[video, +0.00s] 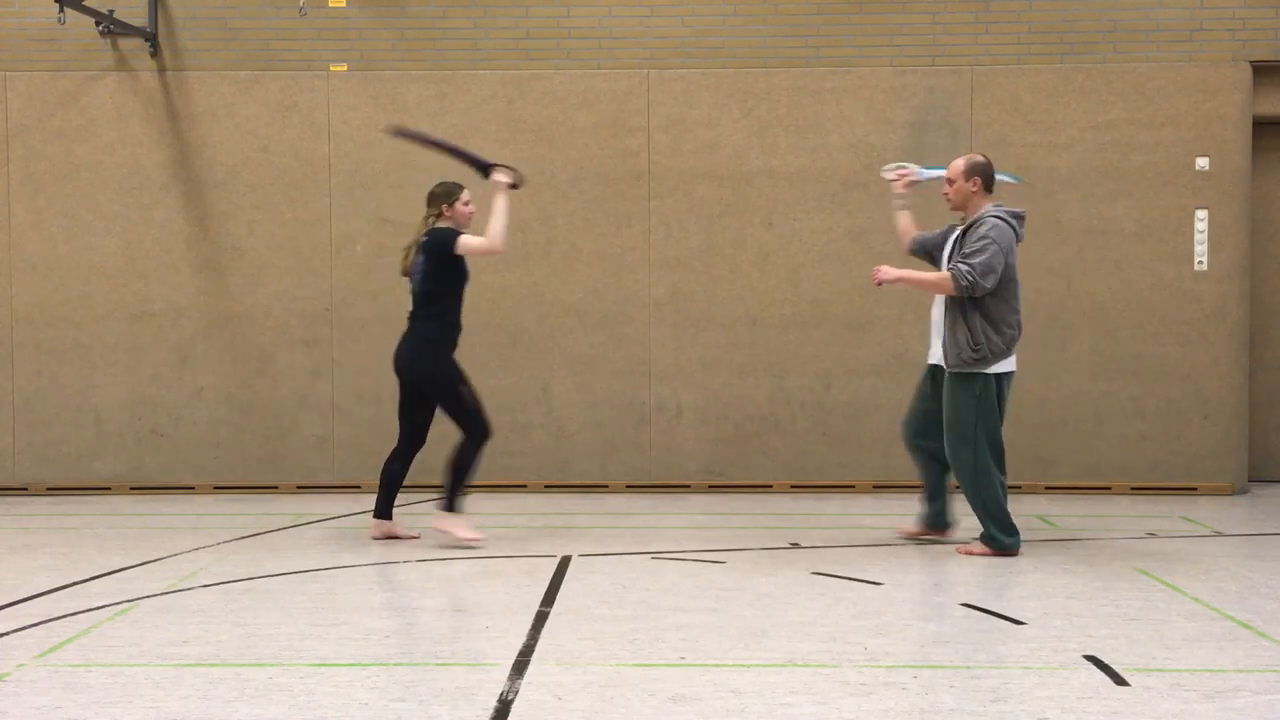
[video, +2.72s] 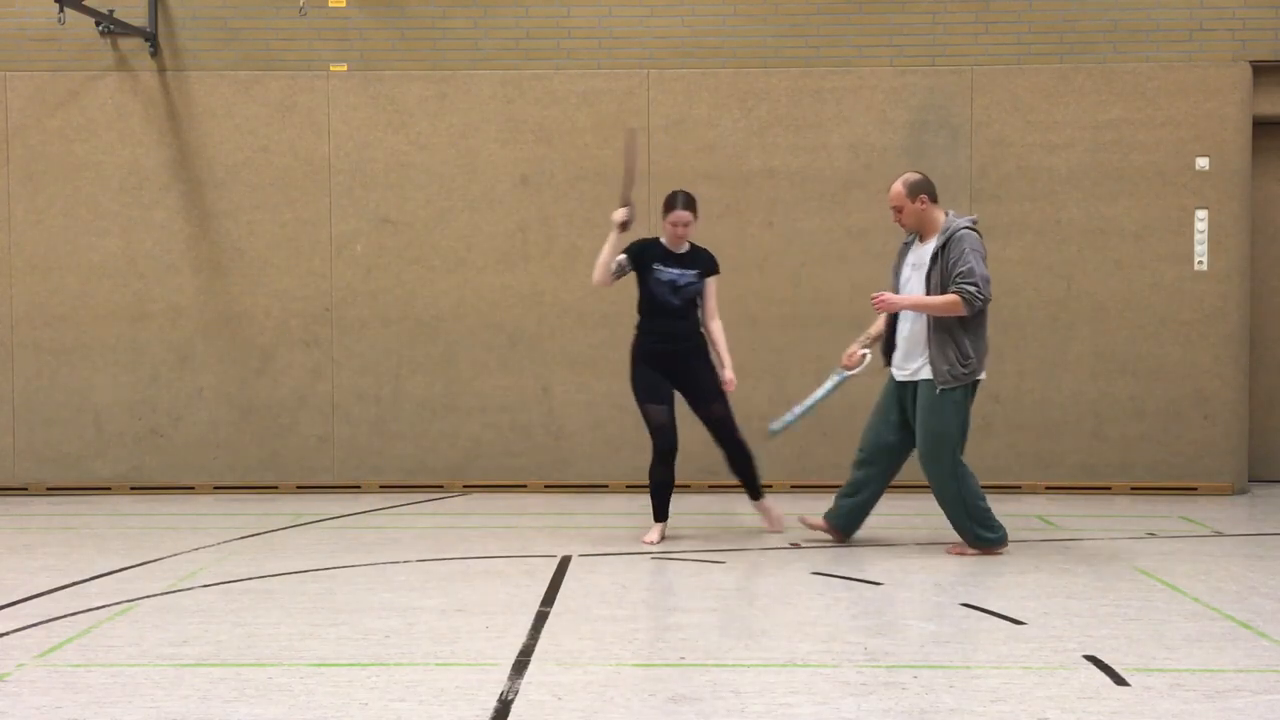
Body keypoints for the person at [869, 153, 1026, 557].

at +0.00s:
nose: (945, 189)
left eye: (950, 182)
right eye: (945, 182)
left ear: (975, 185)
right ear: (972, 186)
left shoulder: (992, 231)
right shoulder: (960, 233)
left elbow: (965, 280)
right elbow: (913, 243)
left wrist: (901, 275)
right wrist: (901, 195)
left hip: (978, 366)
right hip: (946, 362)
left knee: (972, 451)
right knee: (921, 433)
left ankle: (1001, 538)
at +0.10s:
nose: (922, 193)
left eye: (928, 186)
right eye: (922, 185)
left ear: (953, 189)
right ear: (947, 188)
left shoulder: (979, 235)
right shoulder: (922, 235)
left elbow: (959, 286)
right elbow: (868, 240)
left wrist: (897, 275)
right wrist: (836, 201)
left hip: (957, 368)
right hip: (916, 363)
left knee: (964, 455)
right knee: (889, 442)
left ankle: (1000, 537)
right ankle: (851, 518)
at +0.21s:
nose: (902, 198)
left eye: (909, 191)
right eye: (902, 191)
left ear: (933, 194)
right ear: (924, 194)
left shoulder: (961, 237)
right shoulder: (896, 238)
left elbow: (955, 292)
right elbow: (841, 244)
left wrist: (890, 279)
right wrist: (795, 215)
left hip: (938, 370)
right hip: (889, 367)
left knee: (949, 457)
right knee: (859, 447)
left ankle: (996, 533)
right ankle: (829, 527)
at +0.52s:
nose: (847, 199)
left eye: (853, 191)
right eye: (847, 192)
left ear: (879, 193)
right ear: (872, 195)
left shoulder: (914, 234)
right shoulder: (845, 240)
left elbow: (927, 290)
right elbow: (795, 251)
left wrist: (866, 290)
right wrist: (737, 241)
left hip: (902, 371)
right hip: (849, 370)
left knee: (925, 454)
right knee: (823, 448)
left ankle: (971, 531)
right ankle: (825, 530)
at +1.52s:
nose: (853, 203)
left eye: (859, 196)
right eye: (853, 196)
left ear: (884, 196)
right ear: (876, 197)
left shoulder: (921, 235)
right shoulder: (854, 243)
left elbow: (937, 293)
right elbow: (820, 279)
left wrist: (877, 297)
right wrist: (779, 289)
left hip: (912, 373)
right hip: (859, 372)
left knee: (935, 453)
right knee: (829, 441)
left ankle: (974, 535)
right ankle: (826, 529)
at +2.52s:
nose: (866, 215)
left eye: (870, 208)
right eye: (863, 208)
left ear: (896, 203)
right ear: (888, 205)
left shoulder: (936, 240)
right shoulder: (869, 245)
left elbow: (953, 300)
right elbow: (845, 296)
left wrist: (898, 302)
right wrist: (815, 320)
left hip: (916, 371)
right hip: (867, 371)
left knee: (920, 453)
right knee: (839, 443)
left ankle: (975, 527)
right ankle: (826, 527)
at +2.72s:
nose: (895, 218)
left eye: (899, 210)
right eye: (892, 210)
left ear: (923, 203)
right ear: (917, 205)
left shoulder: (962, 240)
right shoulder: (910, 247)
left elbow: (970, 300)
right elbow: (898, 310)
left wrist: (903, 302)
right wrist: (863, 343)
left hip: (946, 373)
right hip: (906, 373)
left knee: (940, 459)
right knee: (877, 450)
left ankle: (987, 537)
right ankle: (840, 523)